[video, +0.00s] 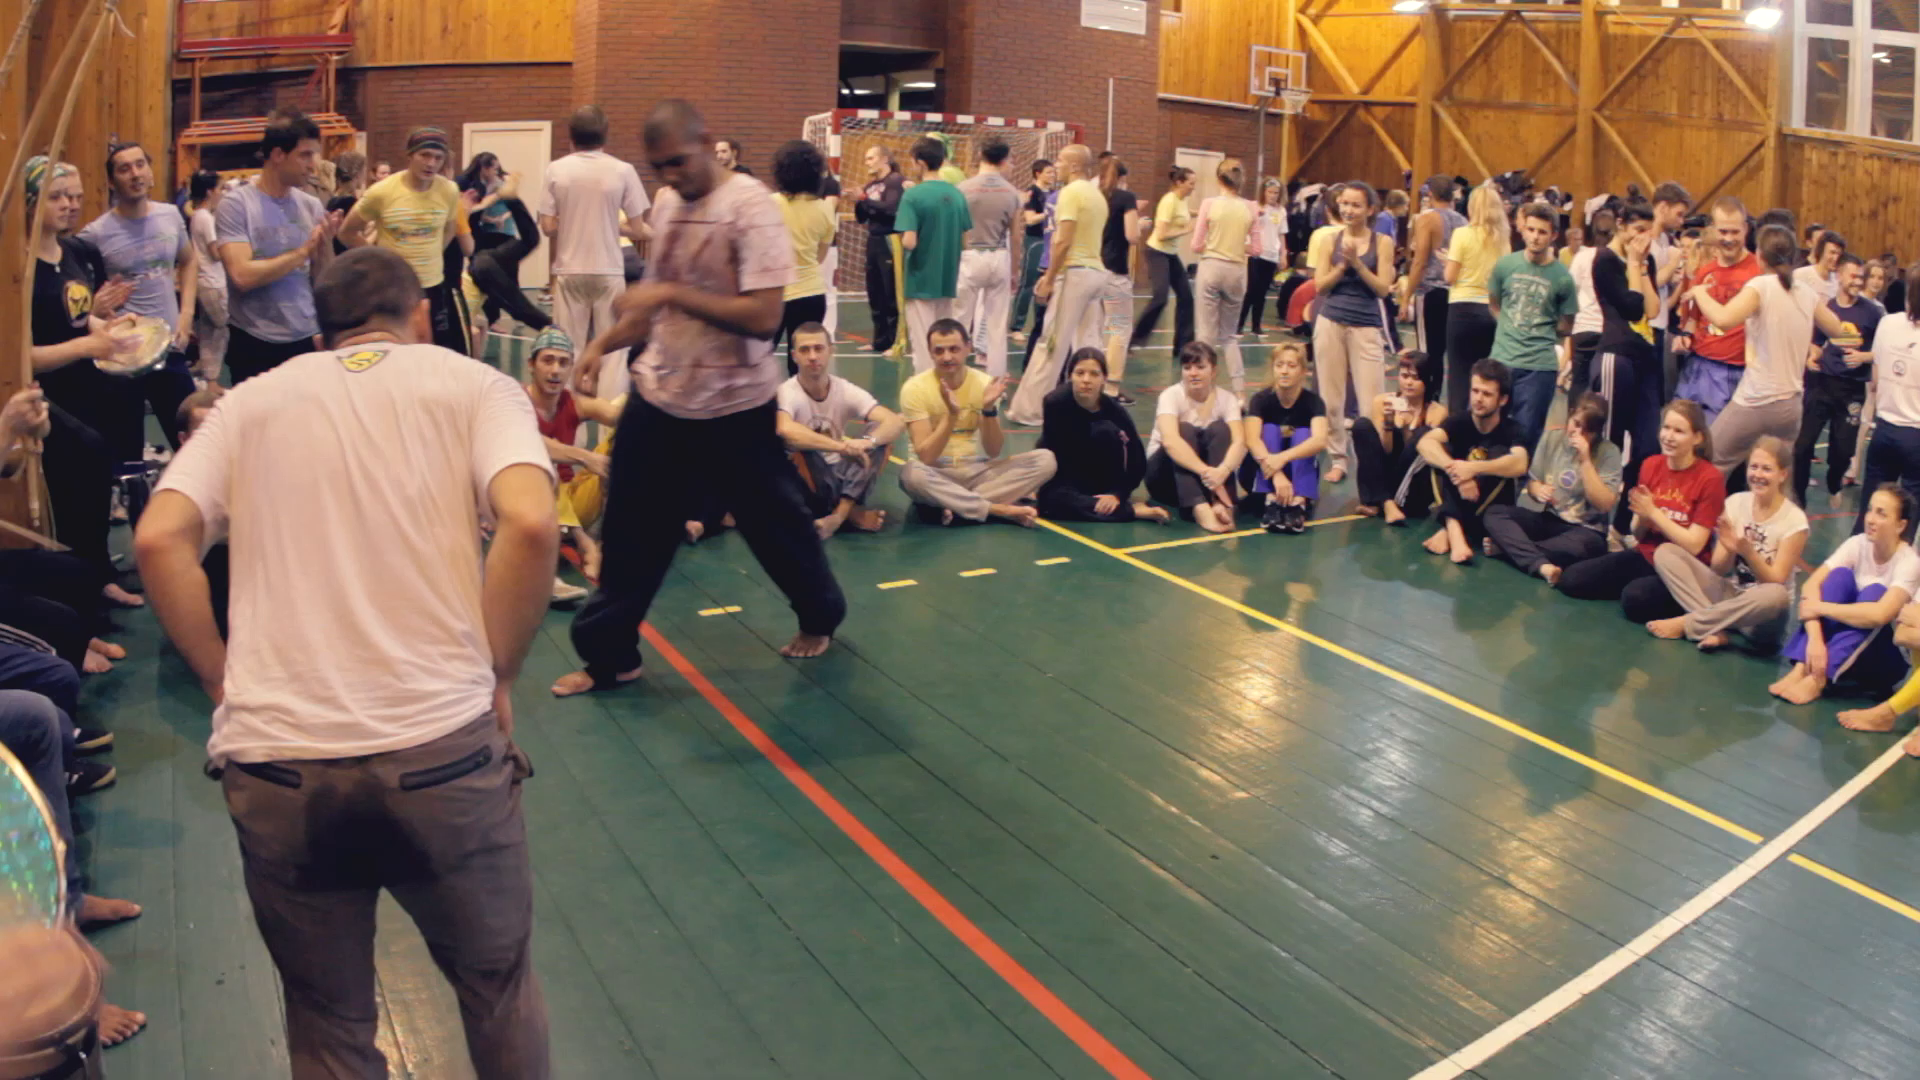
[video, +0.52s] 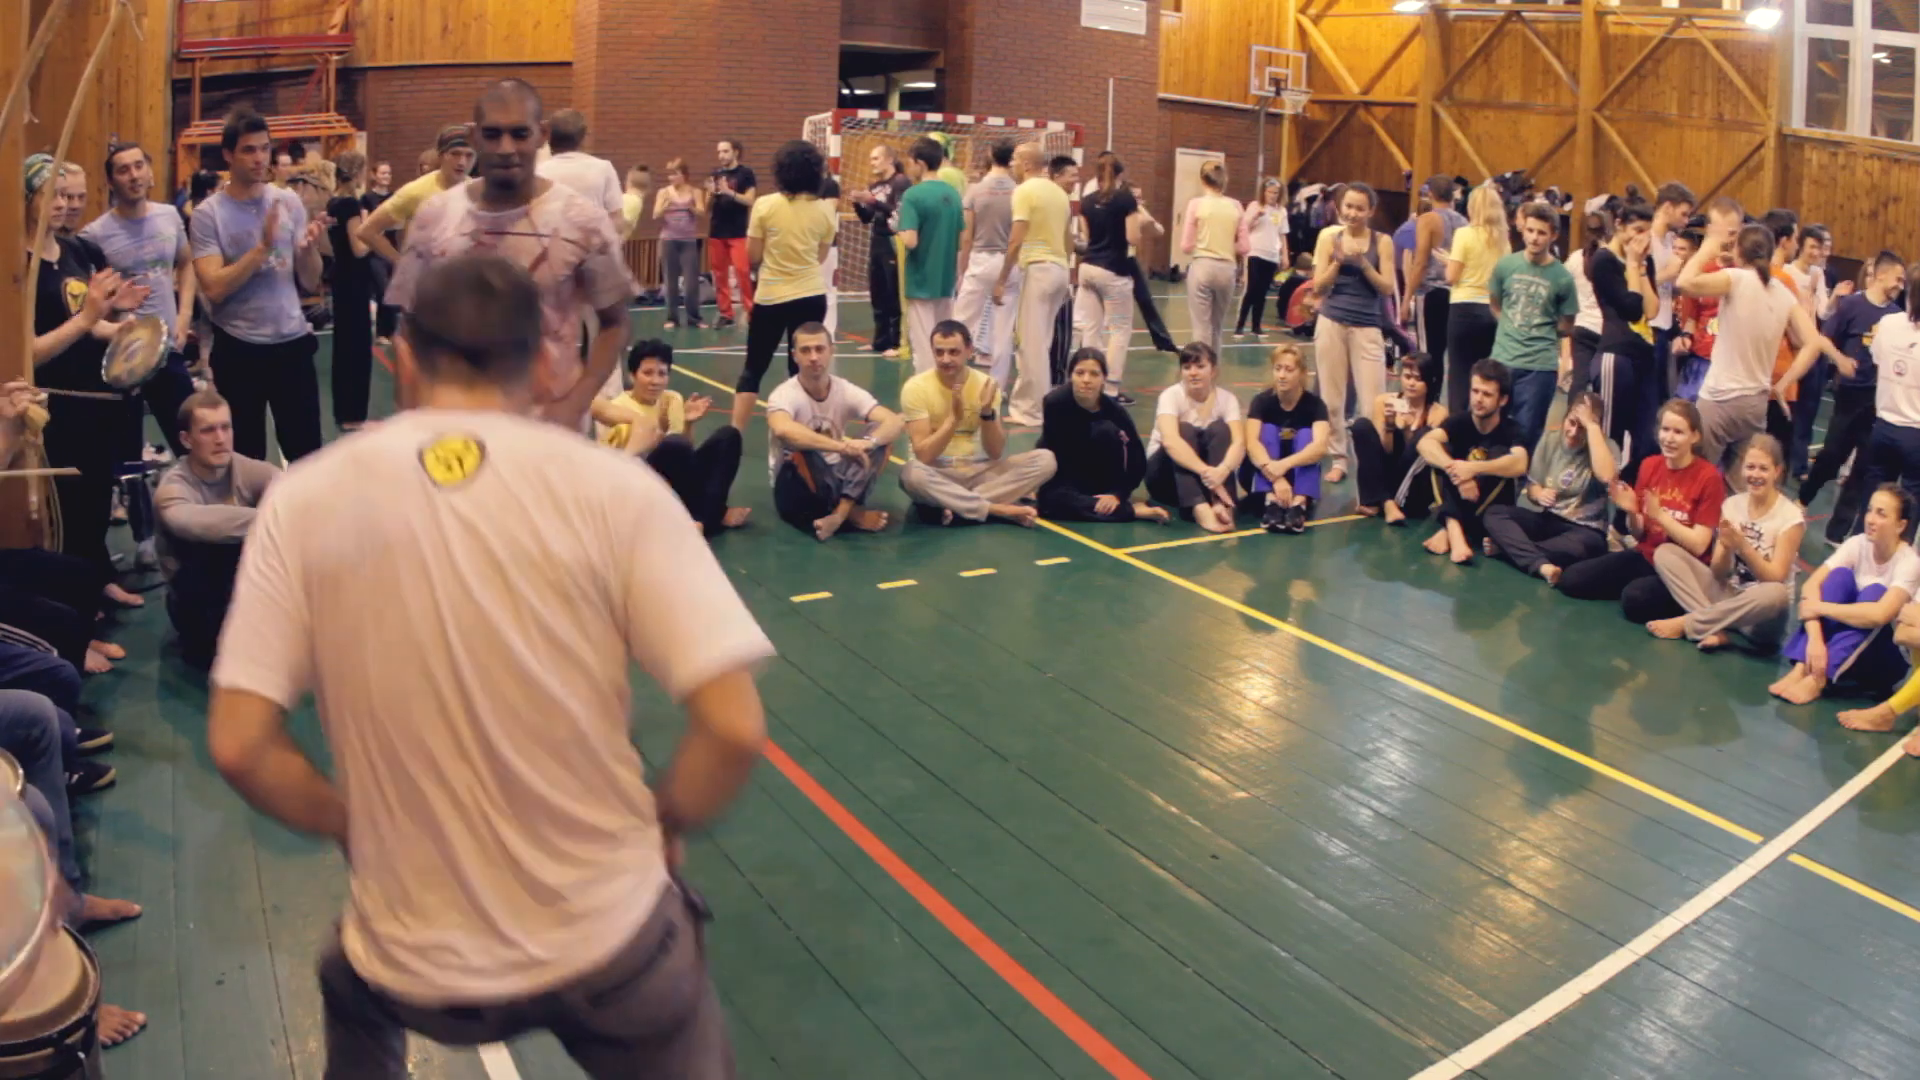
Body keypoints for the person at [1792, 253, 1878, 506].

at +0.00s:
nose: (1857, 281)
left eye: (1860, 277)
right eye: (1852, 276)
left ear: (1864, 280)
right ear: (1839, 277)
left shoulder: (1874, 312)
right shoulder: (1823, 308)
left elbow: (1883, 349)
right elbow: (1811, 336)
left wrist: (1864, 356)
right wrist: (1810, 352)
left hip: (1852, 384)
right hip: (1820, 379)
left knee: (1844, 448)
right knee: (1803, 444)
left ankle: (1834, 485)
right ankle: (1798, 496)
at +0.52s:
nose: (1899, 285)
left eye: (1901, 280)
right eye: (1895, 278)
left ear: (1899, 281)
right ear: (1877, 275)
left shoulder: (1898, 313)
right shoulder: (1851, 304)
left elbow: (1902, 347)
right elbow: (1824, 339)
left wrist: (1895, 371)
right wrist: (1839, 359)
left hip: (1883, 392)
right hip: (1851, 388)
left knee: (1864, 466)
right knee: (1834, 455)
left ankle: (1840, 529)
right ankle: (1805, 496)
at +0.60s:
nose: (1905, 284)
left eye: (1907, 279)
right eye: (1902, 278)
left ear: (1901, 279)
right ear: (1886, 275)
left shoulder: (1904, 311)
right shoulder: (1858, 304)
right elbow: (1831, 341)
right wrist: (1843, 372)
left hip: (1888, 389)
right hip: (1859, 386)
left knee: (1864, 462)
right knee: (1850, 454)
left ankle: (1842, 527)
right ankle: (1814, 511)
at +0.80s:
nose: (1877, 281)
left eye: (1881, 276)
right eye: (1873, 276)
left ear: (1885, 280)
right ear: (1864, 278)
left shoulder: (1883, 305)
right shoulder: (1855, 301)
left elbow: (1882, 333)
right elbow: (1855, 335)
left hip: (1876, 361)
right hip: (1856, 360)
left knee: (1866, 414)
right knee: (1856, 413)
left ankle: (1856, 467)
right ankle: (1848, 469)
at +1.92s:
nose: (1880, 283)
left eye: (1882, 278)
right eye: (1876, 278)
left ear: (1884, 281)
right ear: (1865, 279)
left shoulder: (1882, 303)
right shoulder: (1854, 299)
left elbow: (1884, 335)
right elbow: (1856, 334)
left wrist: (1883, 315)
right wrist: (1878, 315)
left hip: (1875, 361)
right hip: (1854, 359)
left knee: (1865, 418)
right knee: (1855, 416)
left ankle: (1852, 470)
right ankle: (1846, 470)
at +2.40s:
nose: (1880, 288)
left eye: (1881, 283)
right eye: (1877, 283)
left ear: (1880, 285)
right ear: (1866, 283)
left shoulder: (1878, 306)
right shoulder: (1855, 300)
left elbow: (1879, 332)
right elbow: (1865, 329)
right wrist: (1873, 302)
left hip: (1873, 362)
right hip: (1854, 360)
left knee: (1864, 418)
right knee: (1856, 416)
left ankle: (1850, 469)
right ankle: (1847, 469)